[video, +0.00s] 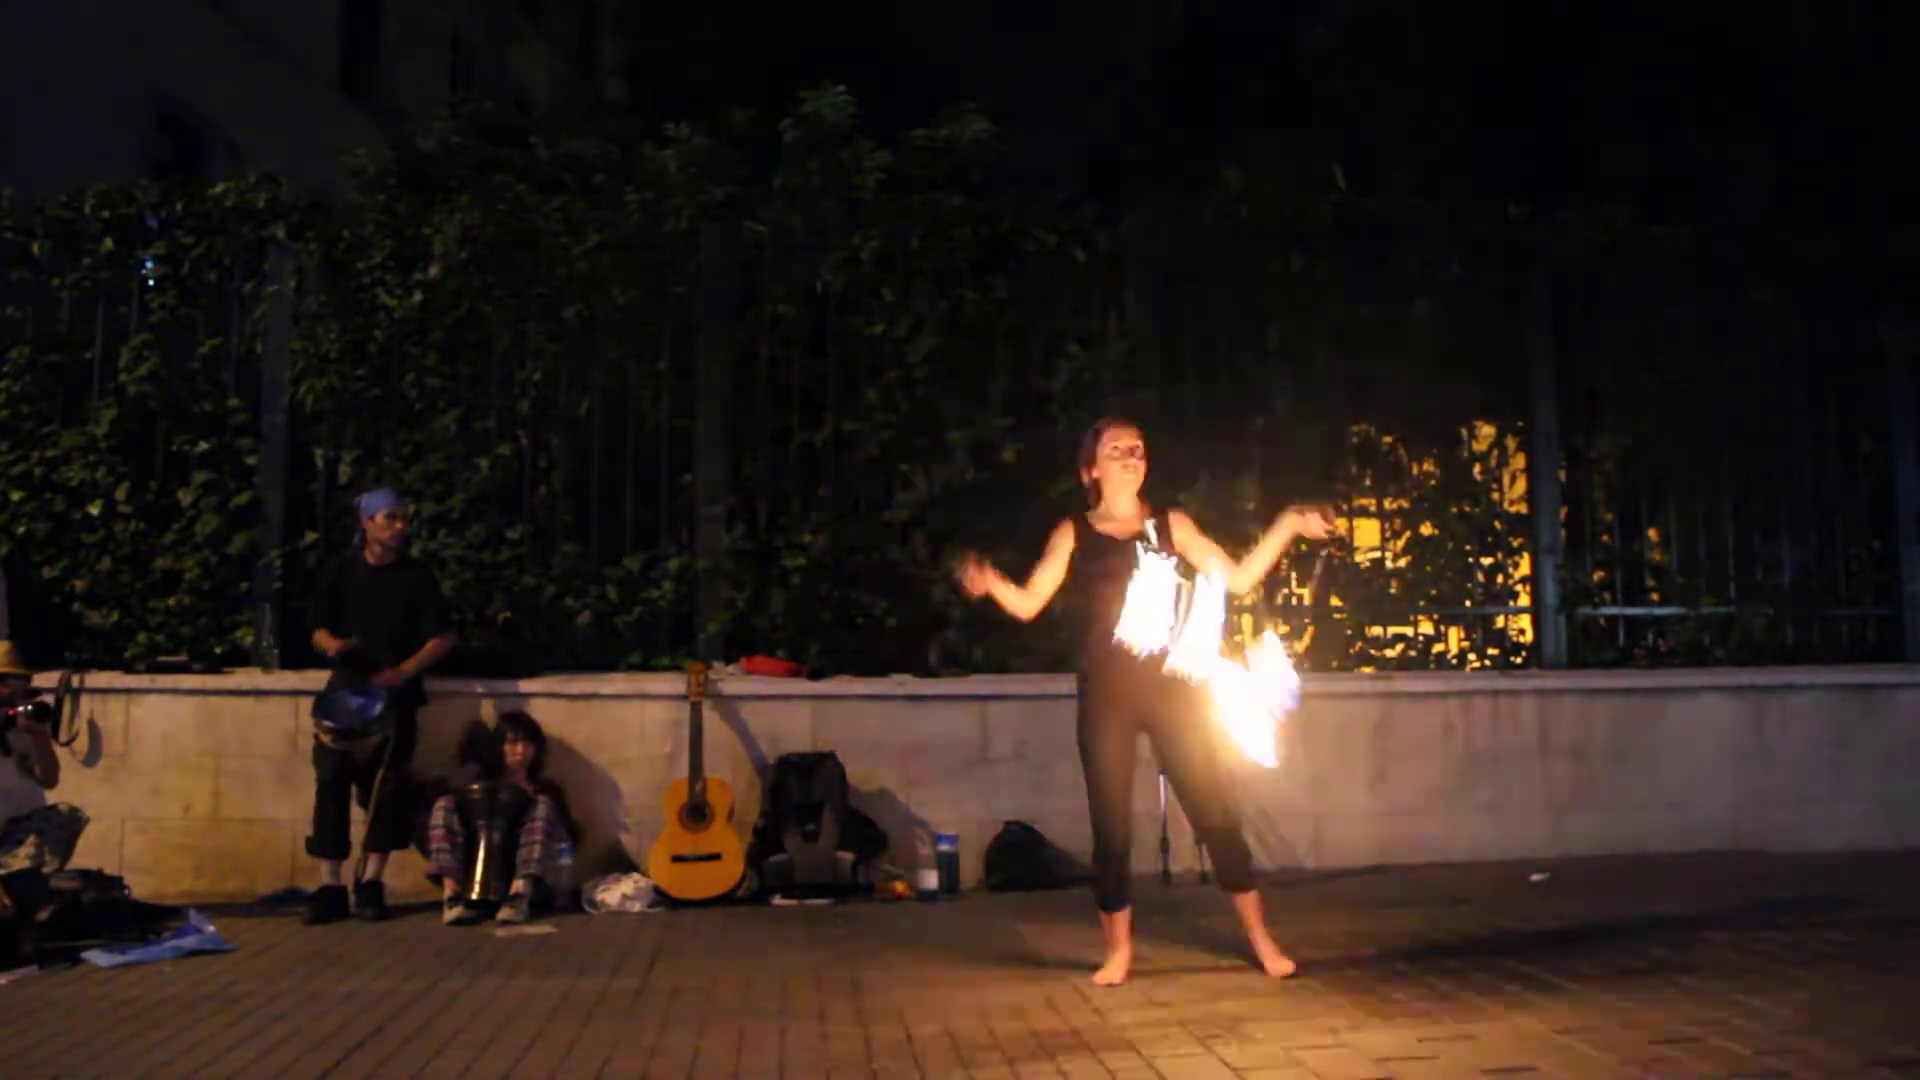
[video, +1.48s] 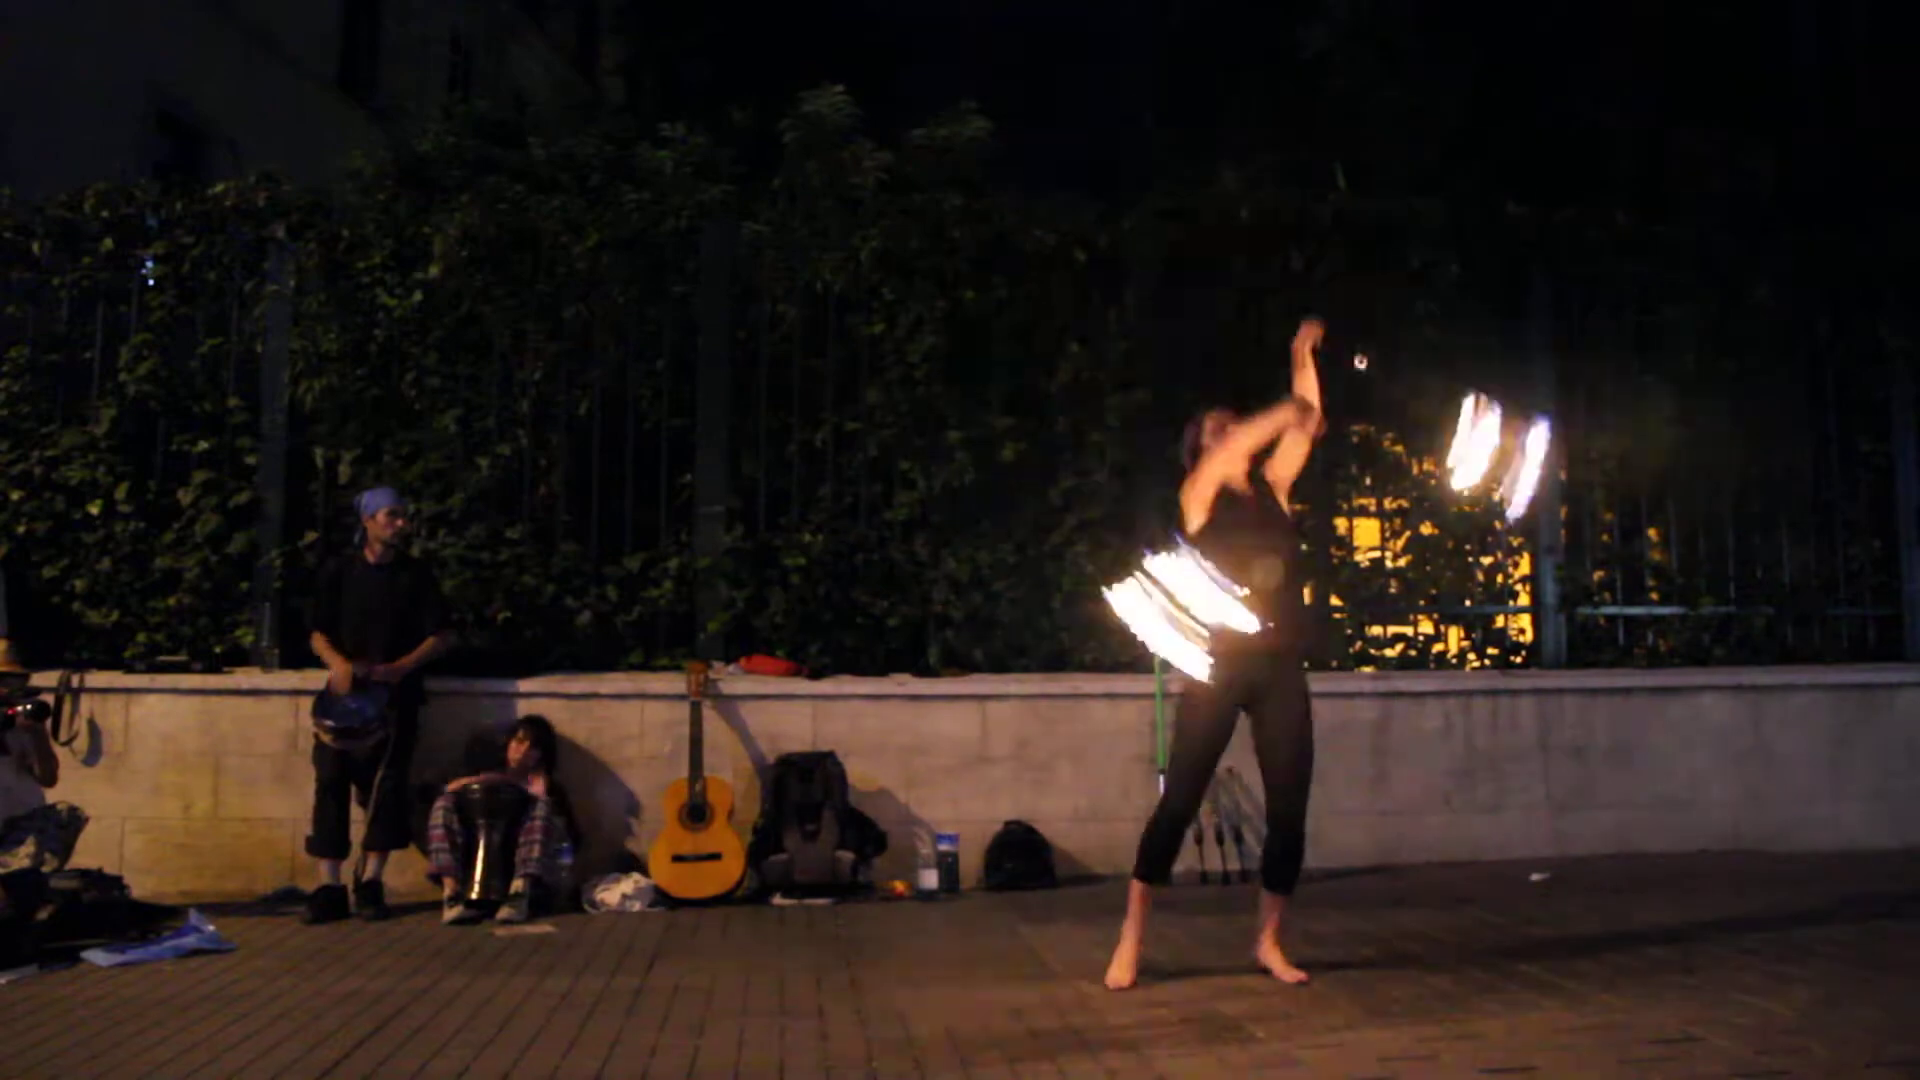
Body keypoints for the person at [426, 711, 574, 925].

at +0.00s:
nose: (520, 750)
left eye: (526, 743)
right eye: (512, 742)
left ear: (536, 749)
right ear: (498, 747)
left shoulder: (547, 790)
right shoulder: (480, 788)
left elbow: (566, 840)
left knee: (541, 806)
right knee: (444, 805)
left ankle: (520, 893)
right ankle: (451, 893)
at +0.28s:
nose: (516, 750)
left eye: (524, 743)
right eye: (509, 743)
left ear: (534, 749)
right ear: (499, 748)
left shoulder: (548, 789)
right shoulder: (481, 782)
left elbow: (566, 840)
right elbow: (435, 792)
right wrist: (467, 767)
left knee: (543, 806)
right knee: (444, 804)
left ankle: (521, 892)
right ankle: (451, 893)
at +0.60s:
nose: (511, 752)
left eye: (518, 744)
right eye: (505, 744)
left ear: (531, 749)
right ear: (496, 746)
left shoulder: (547, 786)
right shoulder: (483, 777)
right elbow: (440, 774)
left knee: (544, 806)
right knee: (443, 805)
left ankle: (520, 892)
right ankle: (451, 892)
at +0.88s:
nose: (516, 746)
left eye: (525, 741)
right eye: (510, 738)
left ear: (536, 750)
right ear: (501, 742)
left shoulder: (543, 782)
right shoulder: (483, 772)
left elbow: (571, 837)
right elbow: (436, 789)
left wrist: (544, 799)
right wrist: (472, 771)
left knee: (540, 811)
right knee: (443, 805)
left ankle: (520, 893)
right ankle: (451, 892)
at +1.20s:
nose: (520, 747)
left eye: (530, 743)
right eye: (516, 738)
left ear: (537, 751)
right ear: (505, 741)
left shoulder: (548, 787)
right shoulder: (481, 776)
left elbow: (564, 838)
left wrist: (541, 799)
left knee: (541, 807)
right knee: (443, 806)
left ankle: (520, 892)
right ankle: (451, 892)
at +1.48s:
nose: (523, 751)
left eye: (532, 747)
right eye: (520, 741)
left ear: (540, 755)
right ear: (509, 744)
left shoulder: (548, 788)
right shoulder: (487, 780)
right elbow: (450, 790)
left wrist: (542, 797)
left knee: (541, 809)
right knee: (444, 804)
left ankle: (520, 892)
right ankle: (450, 892)